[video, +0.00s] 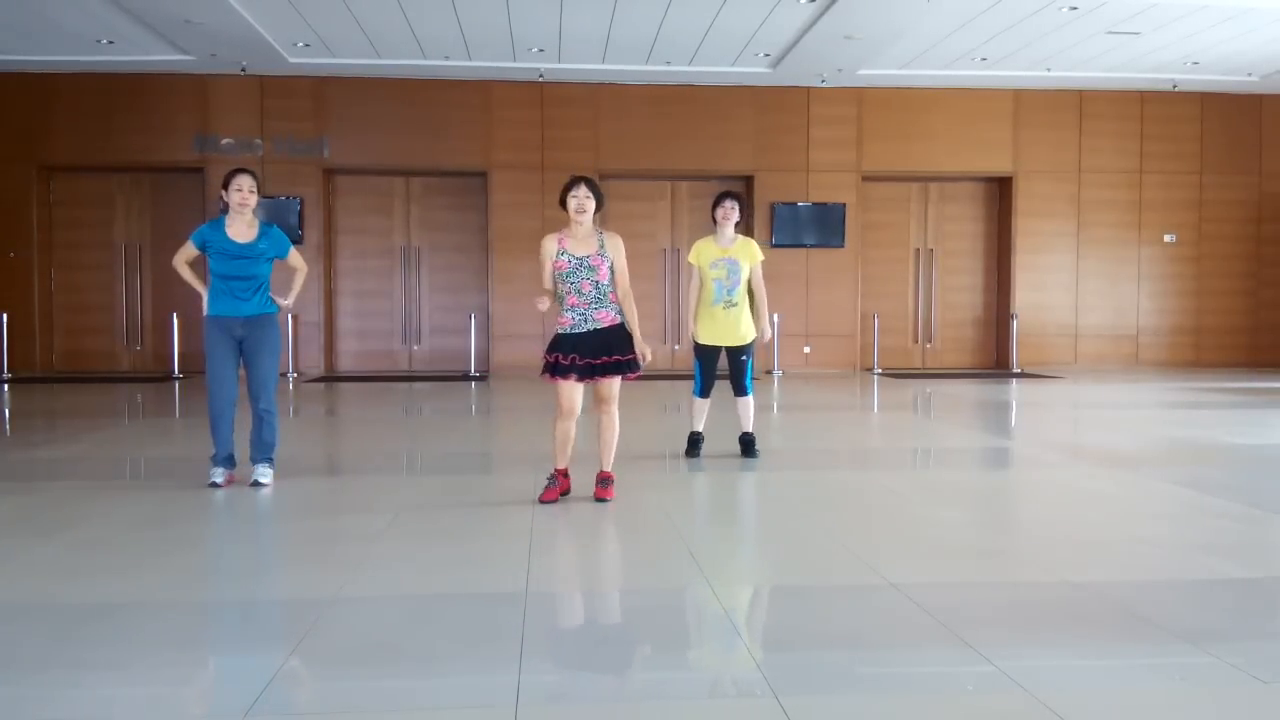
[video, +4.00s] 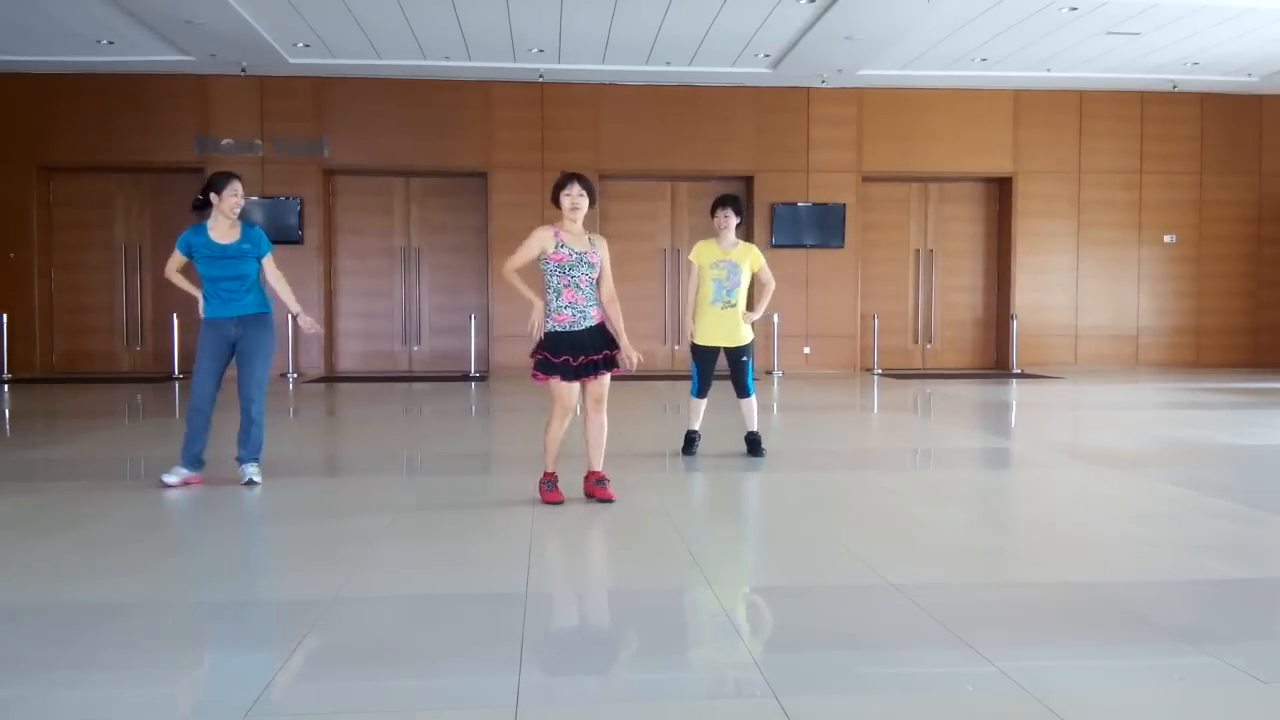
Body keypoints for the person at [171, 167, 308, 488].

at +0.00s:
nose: (245, 195)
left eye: (251, 191)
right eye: (238, 190)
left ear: (258, 197)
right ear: (225, 195)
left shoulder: (271, 234)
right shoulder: (210, 231)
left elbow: (301, 267)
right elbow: (178, 261)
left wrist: (289, 299)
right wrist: (203, 291)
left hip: (262, 322)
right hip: (219, 323)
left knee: (263, 397)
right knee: (221, 396)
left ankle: (263, 463)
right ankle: (222, 464)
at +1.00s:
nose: (243, 202)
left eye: (247, 197)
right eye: (236, 196)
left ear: (253, 201)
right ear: (220, 199)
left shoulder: (262, 237)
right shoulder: (203, 234)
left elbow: (291, 274)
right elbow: (166, 261)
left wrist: (280, 307)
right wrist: (193, 289)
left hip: (250, 324)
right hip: (208, 324)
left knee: (247, 396)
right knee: (214, 397)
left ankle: (260, 463)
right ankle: (222, 464)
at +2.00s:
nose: (264, 200)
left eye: (264, 194)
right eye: (258, 194)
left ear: (254, 198)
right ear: (239, 197)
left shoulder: (269, 234)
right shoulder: (214, 233)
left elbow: (285, 270)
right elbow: (174, 265)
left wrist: (290, 297)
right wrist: (208, 292)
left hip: (270, 322)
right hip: (231, 323)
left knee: (271, 396)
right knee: (230, 397)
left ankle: (269, 463)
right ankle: (222, 464)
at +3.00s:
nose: (241, 202)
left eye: (241, 196)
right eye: (235, 196)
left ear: (232, 199)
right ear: (215, 198)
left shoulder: (243, 237)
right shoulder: (191, 233)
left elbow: (271, 277)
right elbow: (148, 263)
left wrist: (303, 295)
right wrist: (183, 291)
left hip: (241, 324)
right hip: (203, 324)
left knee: (250, 395)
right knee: (209, 399)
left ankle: (245, 465)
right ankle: (215, 467)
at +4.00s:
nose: (240, 202)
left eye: (242, 196)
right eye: (233, 196)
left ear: (242, 200)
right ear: (214, 198)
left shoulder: (254, 235)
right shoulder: (193, 237)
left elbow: (274, 276)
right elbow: (170, 270)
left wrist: (299, 312)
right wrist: (198, 294)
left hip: (256, 324)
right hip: (215, 326)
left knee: (252, 397)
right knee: (201, 395)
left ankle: (250, 463)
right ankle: (190, 465)